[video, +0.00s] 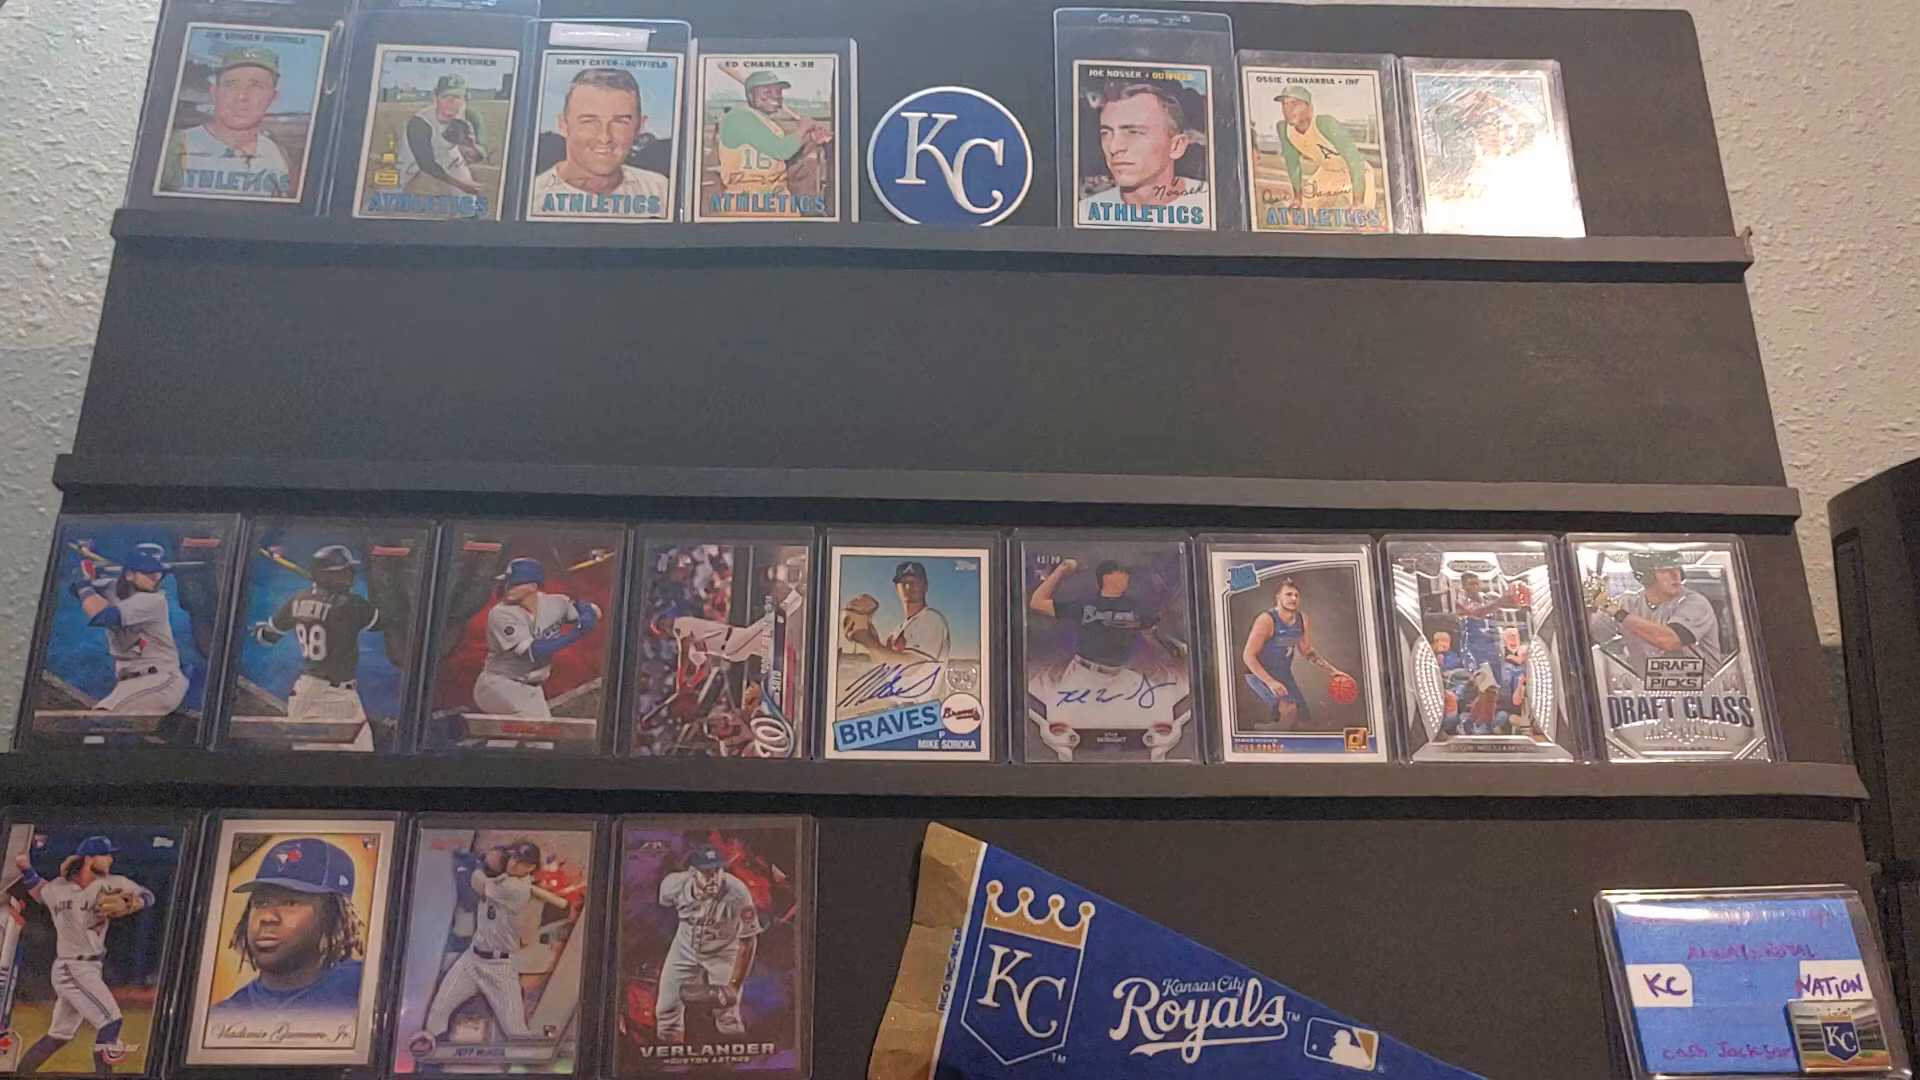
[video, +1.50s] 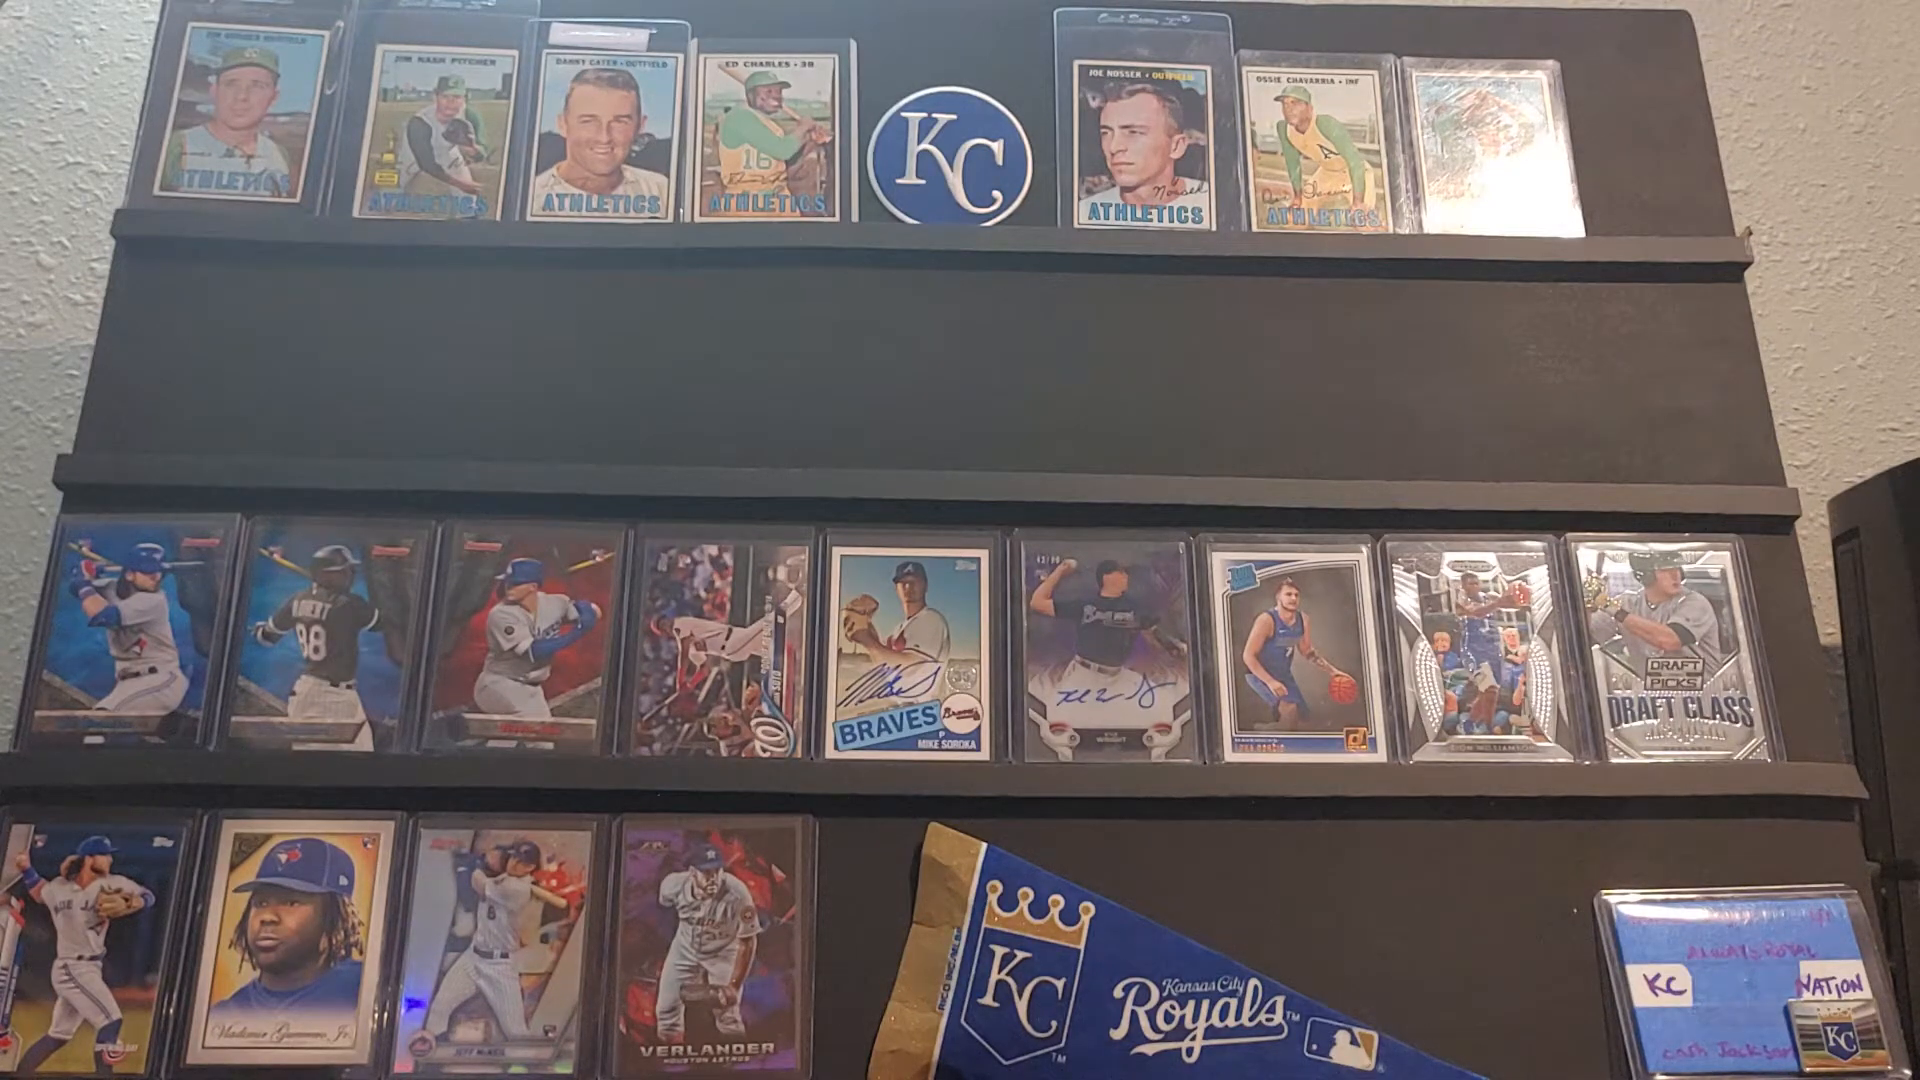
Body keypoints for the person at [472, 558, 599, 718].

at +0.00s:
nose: (508, 588)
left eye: (514, 584)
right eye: (508, 583)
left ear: (533, 586)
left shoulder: (554, 603)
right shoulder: (500, 614)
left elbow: (579, 606)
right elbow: (531, 651)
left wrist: (587, 614)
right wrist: (576, 633)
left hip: (531, 688)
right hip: (496, 684)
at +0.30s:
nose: (507, 588)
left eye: (514, 584)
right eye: (508, 583)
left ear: (533, 586)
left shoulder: (554, 603)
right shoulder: (500, 614)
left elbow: (579, 606)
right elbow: (531, 651)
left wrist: (587, 614)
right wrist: (577, 633)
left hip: (531, 688)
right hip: (496, 684)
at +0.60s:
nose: (507, 588)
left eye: (514, 584)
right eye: (507, 583)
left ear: (533, 587)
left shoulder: (554, 603)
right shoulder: (500, 614)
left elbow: (579, 607)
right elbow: (531, 651)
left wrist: (588, 614)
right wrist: (577, 633)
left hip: (531, 687)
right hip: (496, 684)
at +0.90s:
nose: (507, 588)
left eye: (514, 584)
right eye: (508, 583)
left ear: (532, 586)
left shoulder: (554, 603)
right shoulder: (500, 614)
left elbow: (578, 607)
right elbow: (531, 652)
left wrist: (587, 613)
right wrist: (577, 633)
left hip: (531, 687)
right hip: (496, 684)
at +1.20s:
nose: (507, 588)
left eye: (514, 584)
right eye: (507, 583)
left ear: (532, 587)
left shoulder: (554, 603)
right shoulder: (500, 614)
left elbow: (578, 607)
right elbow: (531, 652)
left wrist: (587, 614)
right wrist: (577, 633)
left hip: (531, 687)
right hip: (496, 684)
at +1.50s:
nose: (508, 588)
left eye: (514, 584)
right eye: (507, 583)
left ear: (532, 587)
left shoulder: (554, 603)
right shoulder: (500, 614)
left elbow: (578, 607)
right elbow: (532, 651)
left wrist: (587, 614)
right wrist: (576, 633)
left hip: (531, 688)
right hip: (496, 684)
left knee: (544, 743)